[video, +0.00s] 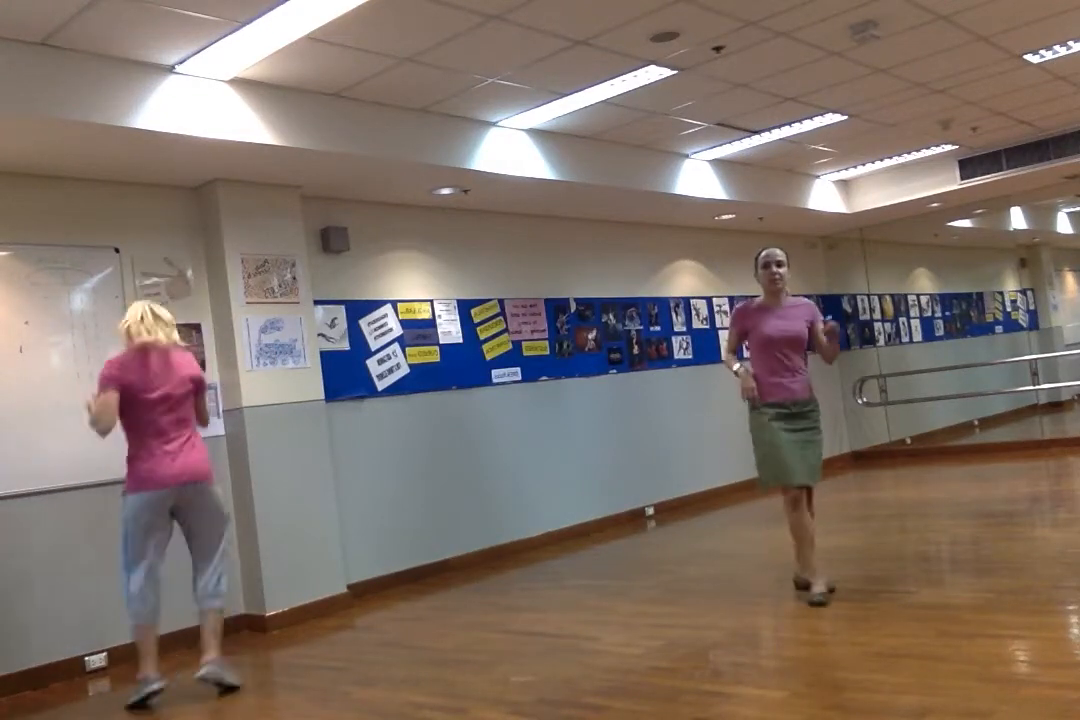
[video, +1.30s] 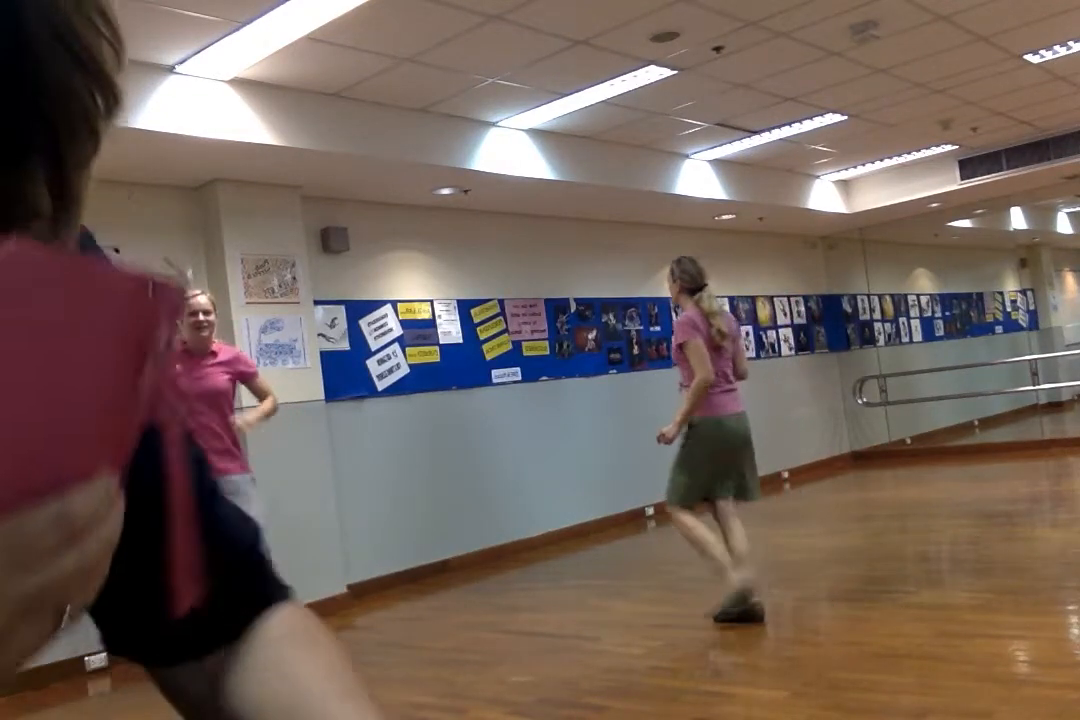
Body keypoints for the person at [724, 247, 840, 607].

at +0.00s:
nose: (775, 271)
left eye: (779, 265)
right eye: (767, 266)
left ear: (788, 271)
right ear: (757, 275)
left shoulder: (807, 309)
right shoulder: (746, 313)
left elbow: (829, 355)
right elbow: (730, 353)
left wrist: (825, 337)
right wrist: (742, 371)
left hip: (805, 409)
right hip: (769, 411)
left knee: (805, 496)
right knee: (794, 493)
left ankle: (802, 572)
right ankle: (815, 578)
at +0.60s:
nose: (732, 272)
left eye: (739, 265)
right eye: (730, 266)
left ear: (762, 269)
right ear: (732, 274)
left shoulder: (787, 305)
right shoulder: (738, 316)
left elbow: (816, 352)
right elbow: (739, 373)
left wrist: (801, 388)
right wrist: (718, 404)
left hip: (783, 412)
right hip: (749, 417)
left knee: (783, 504)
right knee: (775, 507)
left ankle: (818, 589)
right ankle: (817, 585)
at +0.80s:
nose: (714, 276)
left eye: (720, 270)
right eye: (715, 270)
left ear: (742, 273)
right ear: (734, 276)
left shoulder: (767, 309)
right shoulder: (734, 315)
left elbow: (782, 362)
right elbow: (748, 367)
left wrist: (743, 384)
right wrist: (733, 388)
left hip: (771, 417)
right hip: (746, 419)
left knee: (781, 509)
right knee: (731, 508)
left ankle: (817, 590)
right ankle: (791, 572)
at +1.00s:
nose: (692, 275)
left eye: (697, 268)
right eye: (693, 269)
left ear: (715, 272)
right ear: (717, 273)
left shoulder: (732, 307)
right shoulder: (727, 310)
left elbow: (735, 365)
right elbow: (761, 363)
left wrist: (686, 392)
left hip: (747, 417)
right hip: (739, 417)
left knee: (778, 505)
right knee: (726, 509)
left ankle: (816, 590)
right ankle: (749, 596)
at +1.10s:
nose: (683, 282)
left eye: (687, 276)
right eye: (684, 276)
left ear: (702, 277)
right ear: (710, 278)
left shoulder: (716, 313)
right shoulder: (726, 313)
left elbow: (719, 375)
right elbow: (755, 370)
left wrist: (675, 413)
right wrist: (724, 400)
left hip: (735, 423)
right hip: (733, 422)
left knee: (745, 512)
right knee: (723, 509)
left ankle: (808, 587)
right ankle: (748, 596)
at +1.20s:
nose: (675, 288)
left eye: (677, 282)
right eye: (676, 281)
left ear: (689, 283)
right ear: (707, 281)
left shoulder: (702, 318)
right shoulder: (721, 314)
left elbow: (712, 380)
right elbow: (746, 372)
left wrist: (677, 425)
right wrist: (709, 392)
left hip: (721, 424)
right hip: (737, 421)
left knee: (701, 516)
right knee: (724, 513)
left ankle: (779, 573)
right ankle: (745, 595)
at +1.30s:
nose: (668, 290)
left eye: (669, 284)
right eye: (669, 284)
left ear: (677, 286)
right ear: (701, 283)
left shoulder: (686, 321)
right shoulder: (726, 317)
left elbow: (703, 377)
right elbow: (741, 369)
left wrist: (676, 424)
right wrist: (707, 381)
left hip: (708, 424)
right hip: (736, 421)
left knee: (678, 507)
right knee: (724, 506)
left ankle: (734, 579)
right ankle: (747, 593)